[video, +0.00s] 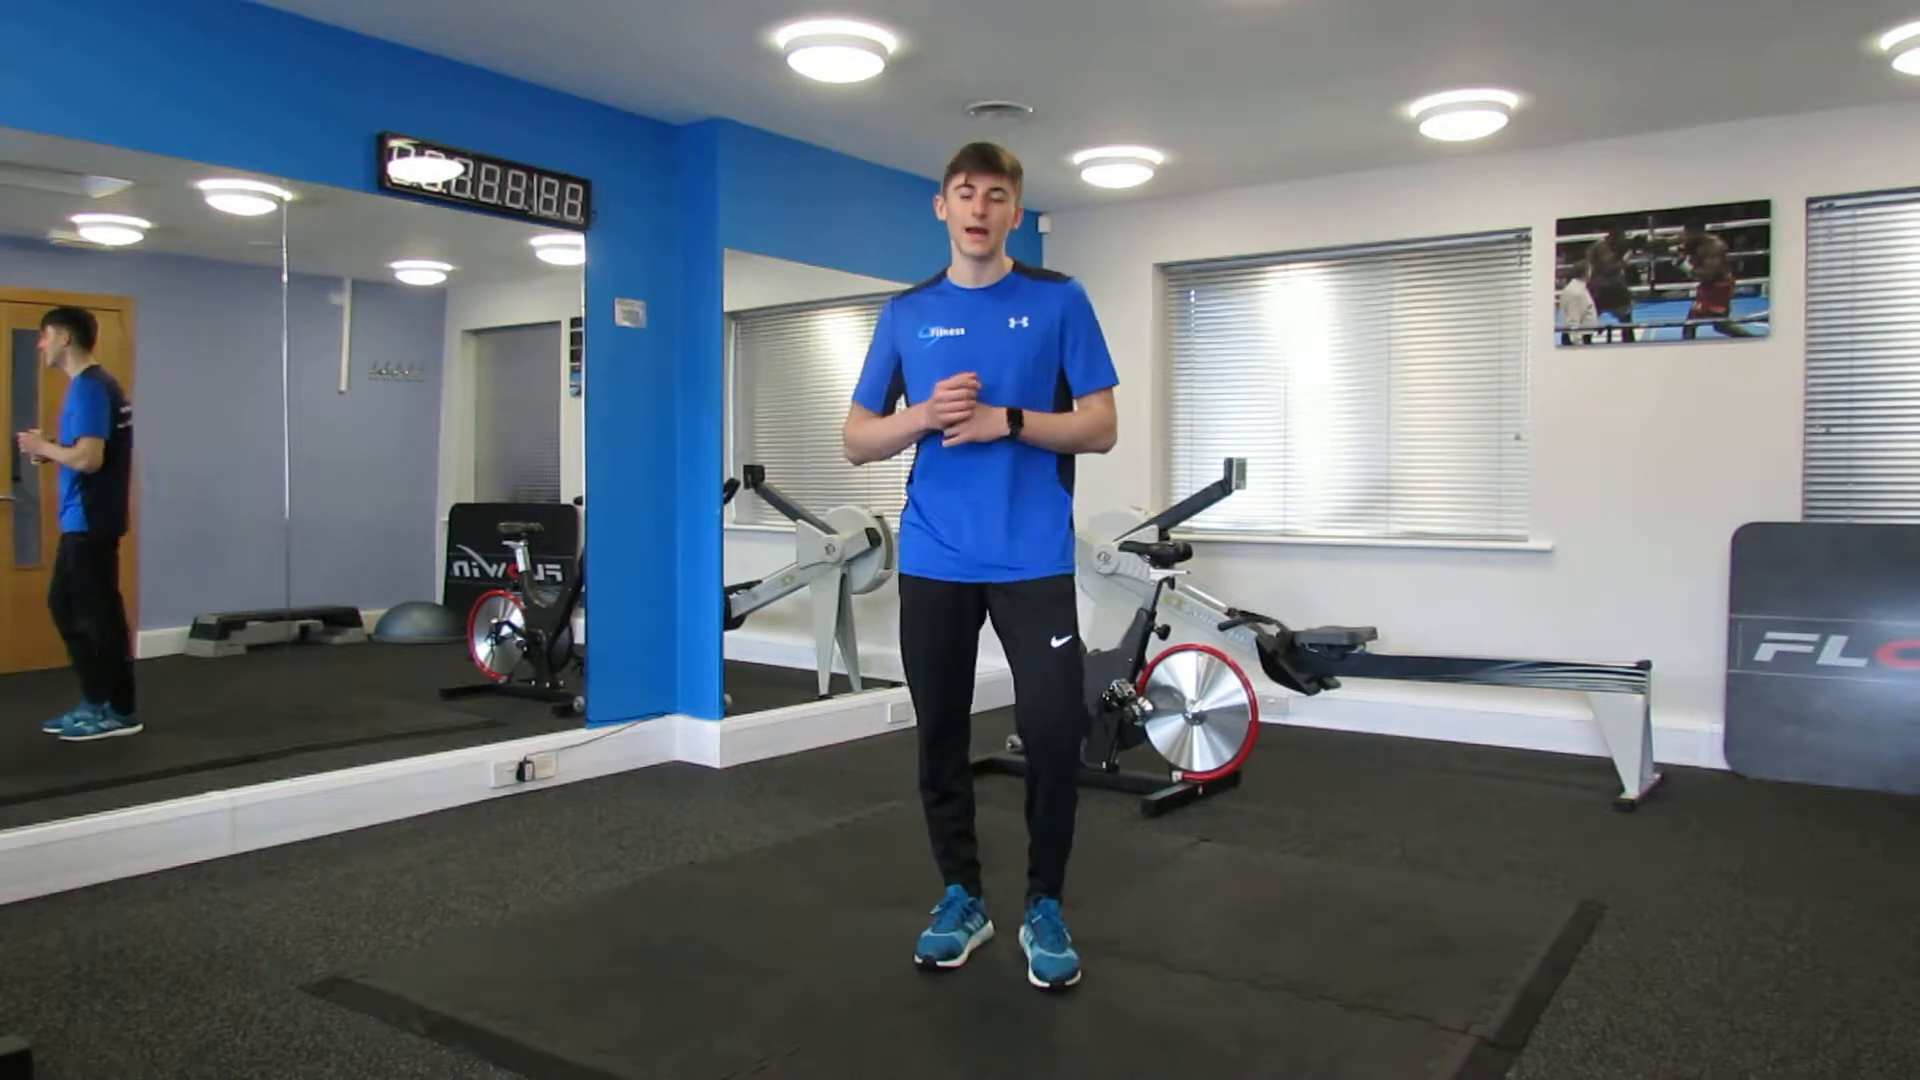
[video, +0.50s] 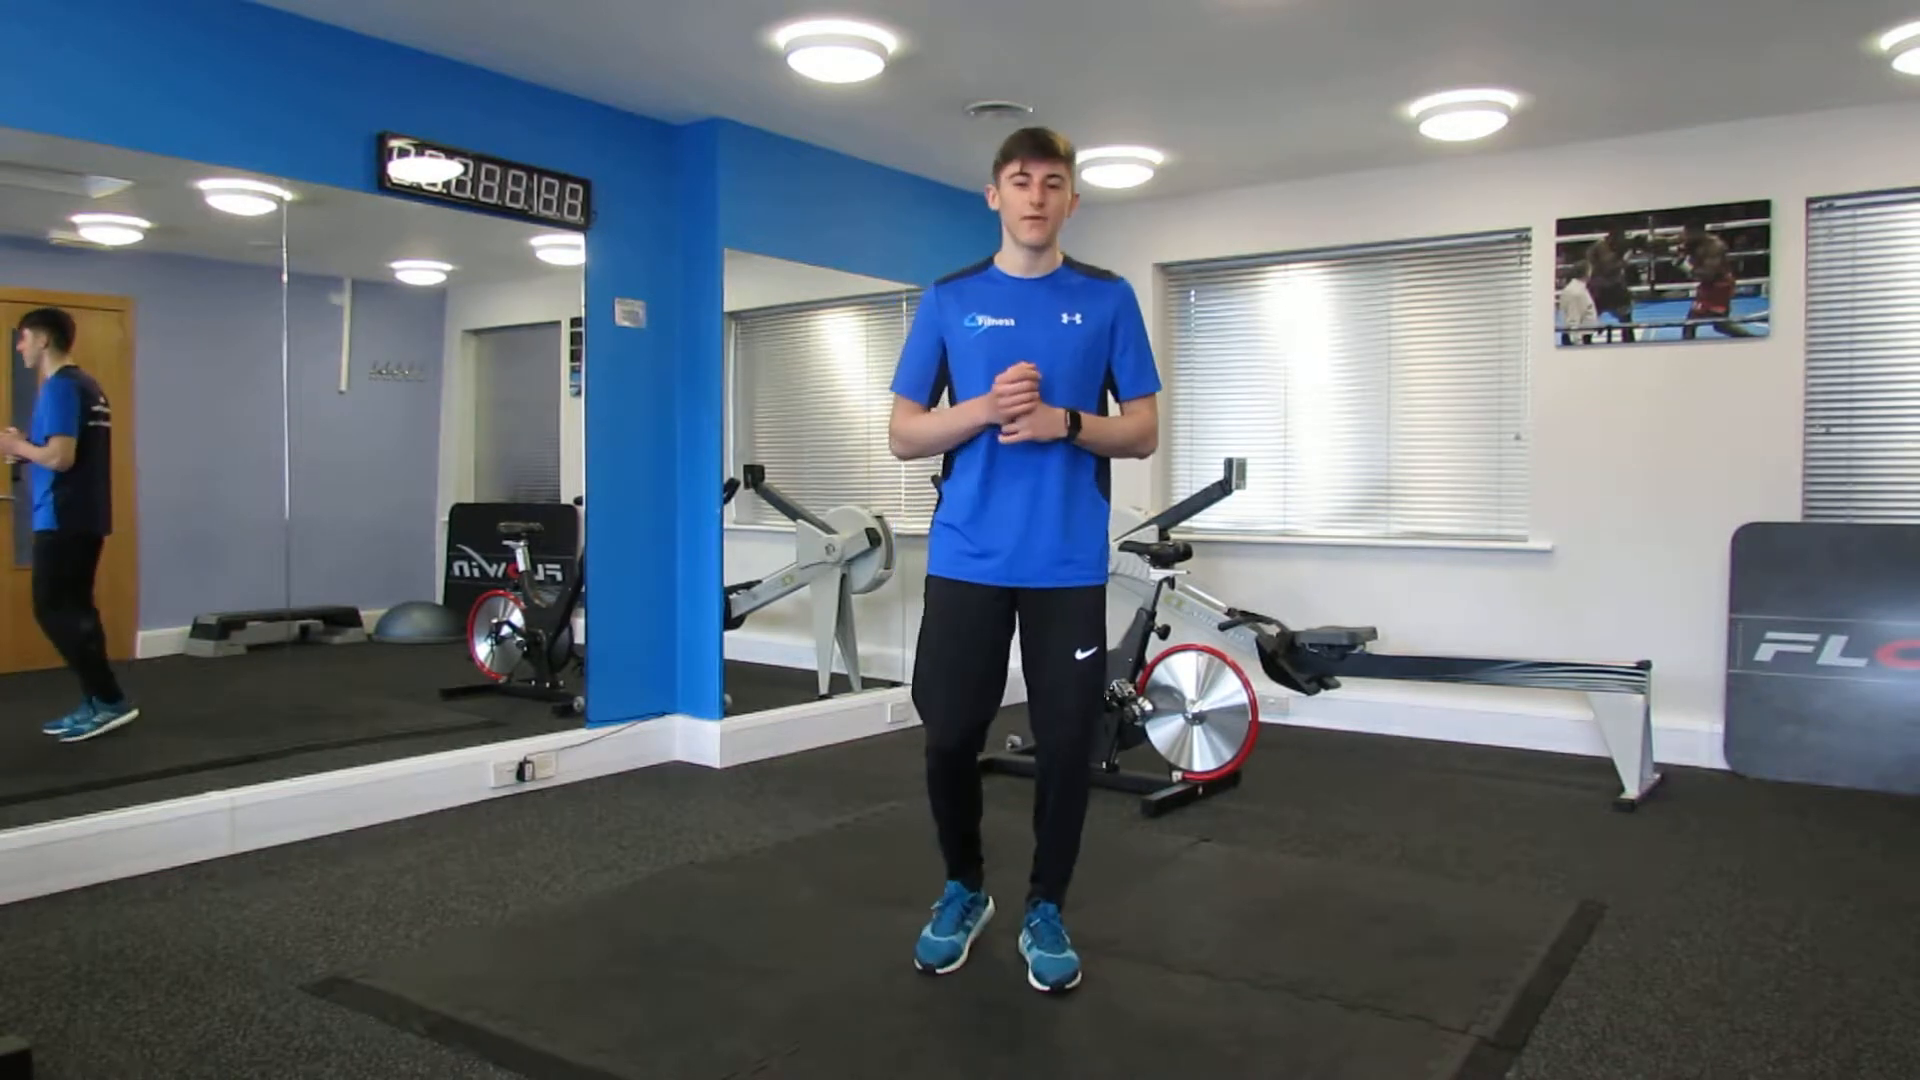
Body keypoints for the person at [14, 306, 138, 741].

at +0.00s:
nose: (40, 345)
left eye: (45, 336)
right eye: (41, 336)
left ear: (67, 339)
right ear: (75, 340)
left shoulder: (92, 387)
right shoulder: (92, 384)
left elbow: (89, 458)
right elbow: (87, 454)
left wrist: (44, 447)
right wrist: (49, 452)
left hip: (92, 526)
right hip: (86, 525)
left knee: (94, 610)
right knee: (65, 604)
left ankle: (117, 708)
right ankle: (96, 702)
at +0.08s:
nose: (39, 345)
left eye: (44, 336)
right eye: (40, 337)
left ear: (67, 338)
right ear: (74, 340)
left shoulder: (87, 386)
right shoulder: (93, 384)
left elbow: (86, 457)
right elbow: (86, 454)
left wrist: (42, 447)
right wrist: (46, 452)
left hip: (86, 524)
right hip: (92, 522)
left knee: (77, 606)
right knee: (94, 606)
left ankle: (105, 705)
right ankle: (112, 704)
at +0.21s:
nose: (35, 344)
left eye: (41, 335)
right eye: (36, 336)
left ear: (63, 338)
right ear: (71, 341)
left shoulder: (80, 386)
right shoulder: (95, 384)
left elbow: (83, 457)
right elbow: (86, 454)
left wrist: (34, 445)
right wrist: (42, 451)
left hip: (79, 522)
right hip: (91, 520)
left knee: (78, 607)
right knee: (84, 606)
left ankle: (109, 706)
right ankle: (103, 704)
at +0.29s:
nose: (31, 344)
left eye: (36, 335)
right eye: (32, 336)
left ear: (57, 338)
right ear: (66, 341)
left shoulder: (74, 386)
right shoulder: (93, 385)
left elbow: (78, 457)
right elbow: (82, 454)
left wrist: (30, 445)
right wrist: (37, 451)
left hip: (73, 524)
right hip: (88, 522)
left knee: (78, 613)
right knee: (81, 611)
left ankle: (113, 706)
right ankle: (99, 704)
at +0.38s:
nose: (26, 345)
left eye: (30, 336)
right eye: (27, 337)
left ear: (50, 339)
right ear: (61, 341)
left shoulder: (69, 386)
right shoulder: (91, 385)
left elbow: (71, 458)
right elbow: (77, 453)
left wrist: (24, 445)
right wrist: (32, 451)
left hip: (69, 524)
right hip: (85, 521)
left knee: (75, 613)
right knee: (77, 611)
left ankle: (113, 706)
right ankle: (97, 703)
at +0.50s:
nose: (19, 347)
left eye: (24, 338)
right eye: (20, 339)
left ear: (43, 340)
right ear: (53, 340)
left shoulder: (60, 387)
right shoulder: (86, 386)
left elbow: (61, 456)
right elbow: (73, 453)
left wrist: (18, 446)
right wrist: (28, 450)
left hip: (64, 523)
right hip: (85, 521)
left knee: (52, 607)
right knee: (76, 606)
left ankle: (108, 701)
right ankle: (98, 700)